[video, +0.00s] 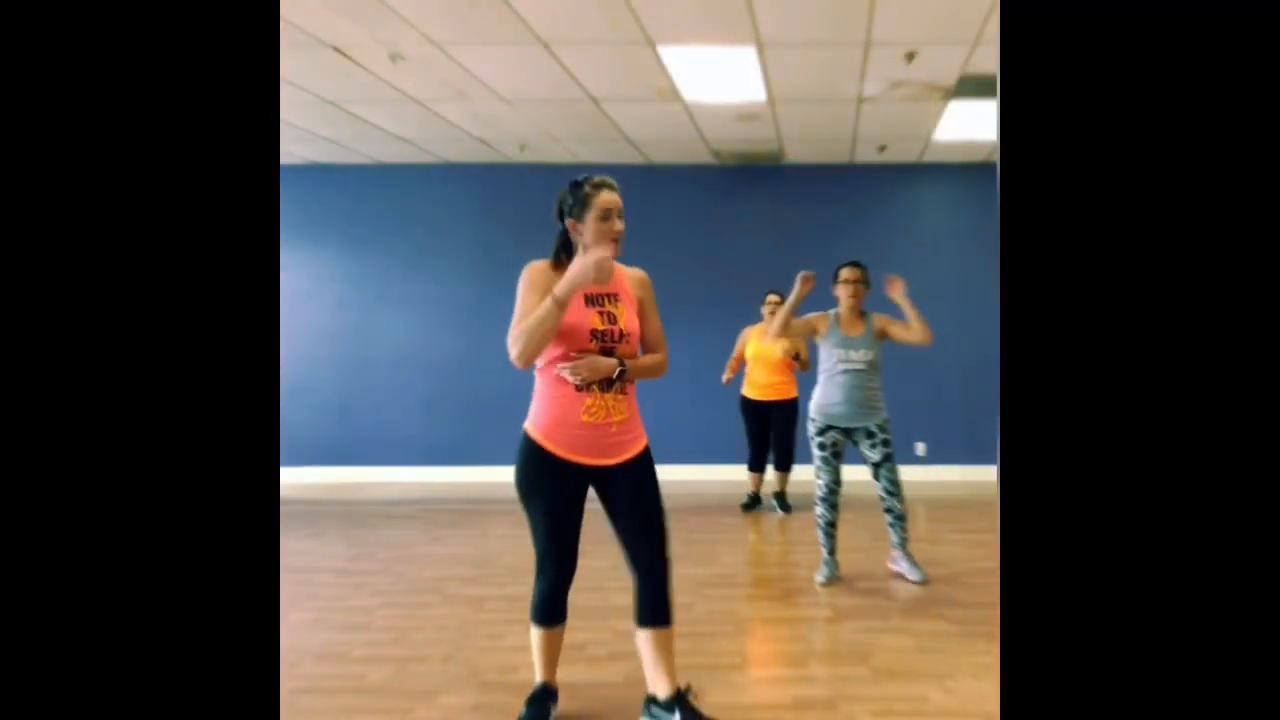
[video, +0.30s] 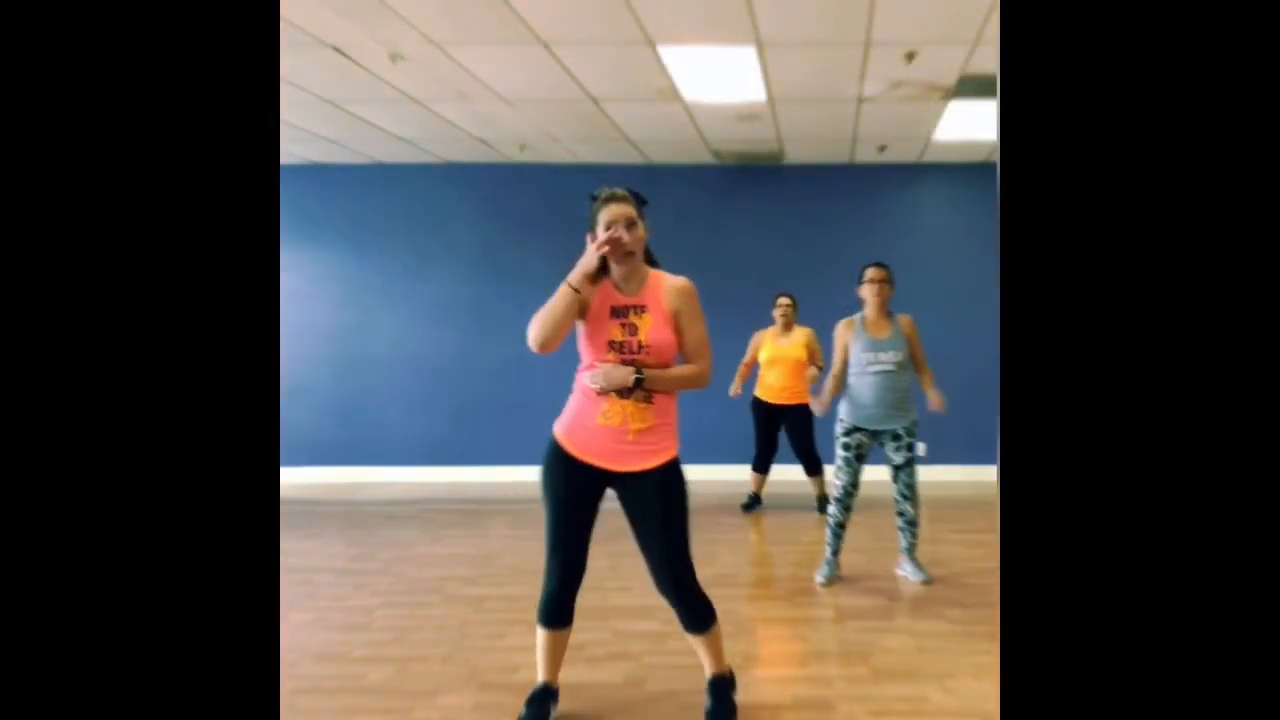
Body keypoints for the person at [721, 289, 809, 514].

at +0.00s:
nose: (772, 308)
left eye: (777, 304)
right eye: (768, 304)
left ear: (785, 309)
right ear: (761, 308)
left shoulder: (793, 333)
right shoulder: (749, 332)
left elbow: (805, 366)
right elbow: (737, 357)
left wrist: (797, 356)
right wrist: (730, 371)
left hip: (784, 395)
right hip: (754, 395)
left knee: (783, 447)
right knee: (757, 446)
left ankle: (780, 491)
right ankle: (753, 492)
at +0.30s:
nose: (784, 310)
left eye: (788, 307)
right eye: (780, 307)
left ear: (795, 311)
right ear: (773, 311)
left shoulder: (806, 335)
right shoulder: (761, 337)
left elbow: (818, 363)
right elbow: (747, 363)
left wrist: (812, 373)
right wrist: (737, 382)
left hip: (796, 401)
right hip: (766, 400)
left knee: (806, 452)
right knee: (764, 450)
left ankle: (821, 495)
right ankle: (754, 494)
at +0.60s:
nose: (804, 309)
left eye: (808, 306)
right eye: (800, 306)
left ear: (815, 311)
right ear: (794, 310)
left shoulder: (828, 335)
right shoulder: (783, 338)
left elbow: (842, 362)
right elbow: (776, 369)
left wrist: (852, 384)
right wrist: (778, 397)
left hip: (822, 401)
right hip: (792, 401)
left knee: (820, 453)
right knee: (777, 450)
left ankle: (824, 495)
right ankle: (762, 493)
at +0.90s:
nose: (814, 307)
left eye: (818, 303)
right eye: (810, 303)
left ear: (825, 308)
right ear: (804, 309)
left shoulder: (837, 334)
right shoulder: (793, 334)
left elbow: (847, 362)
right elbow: (781, 364)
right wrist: (775, 392)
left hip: (828, 397)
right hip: (798, 397)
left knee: (825, 451)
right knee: (791, 448)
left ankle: (824, 494)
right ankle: (786, 492)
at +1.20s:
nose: (815, 307)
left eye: (819, 303)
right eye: (811, 304)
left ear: (826, 309)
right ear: (804, 310)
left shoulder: (836, 335)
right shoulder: (793, 334)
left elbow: (850, 365)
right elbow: (769, 353)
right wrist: (741, 364)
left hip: (826, 400)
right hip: (794, 398)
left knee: (824, 453)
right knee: (784, 448)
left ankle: (824, 496)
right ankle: (775, 493)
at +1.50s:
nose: (798, 309)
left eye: (802, 306)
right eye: (794, 306)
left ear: (810, 313)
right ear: (788, 312)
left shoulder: (817, 338)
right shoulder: (775, 333)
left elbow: (830, 365)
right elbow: (743, 333)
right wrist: (709, 328)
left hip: (808, 402)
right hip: (776, 401)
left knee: (814, 452)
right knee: (765, 450)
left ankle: (823, 497)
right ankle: (748, 495)